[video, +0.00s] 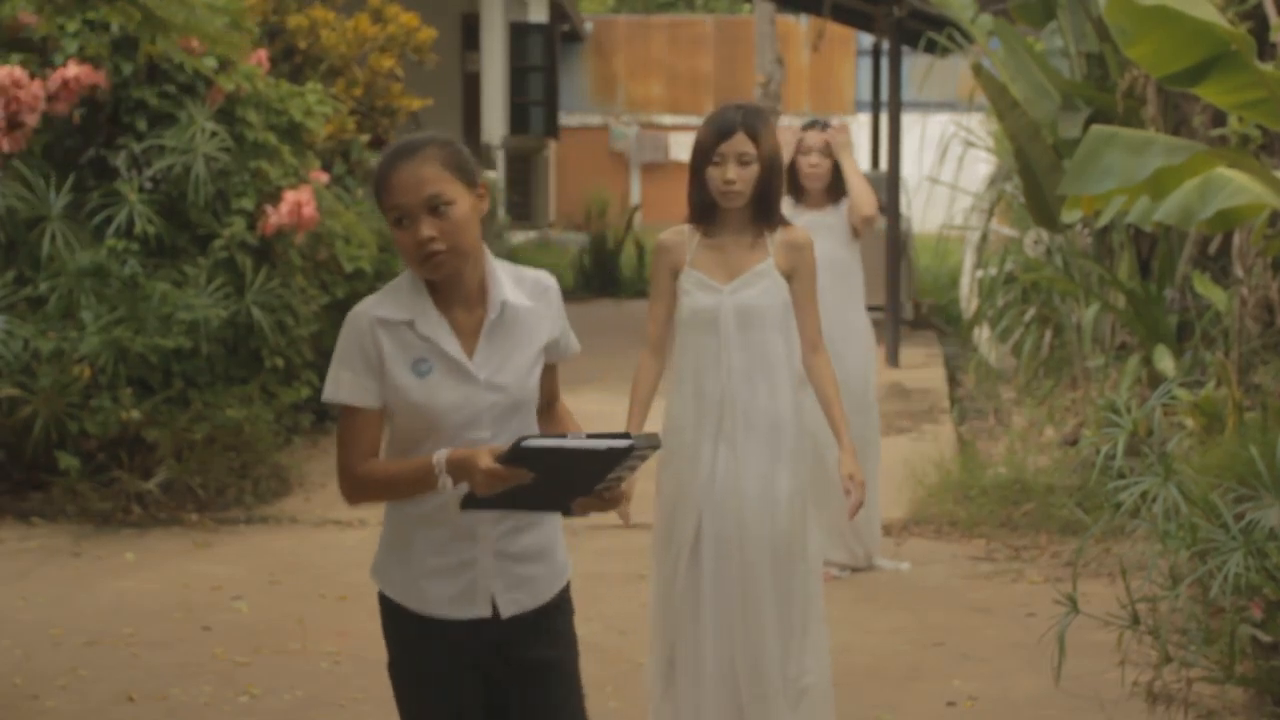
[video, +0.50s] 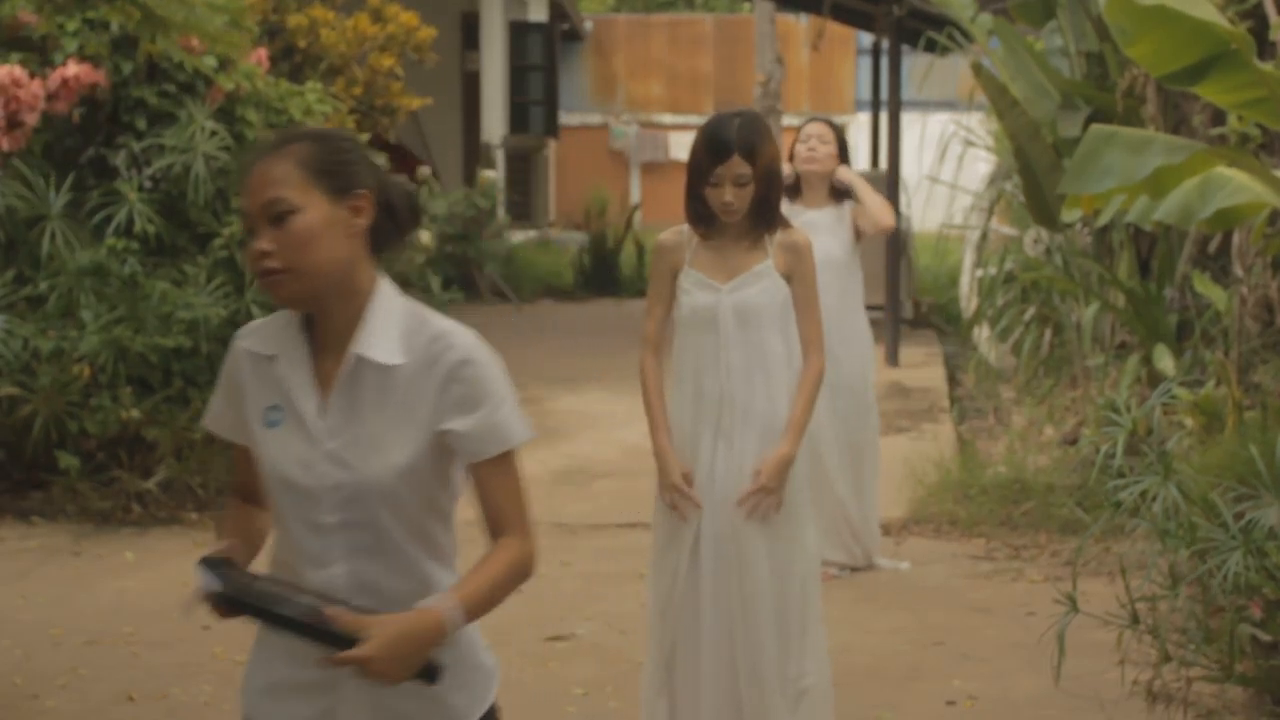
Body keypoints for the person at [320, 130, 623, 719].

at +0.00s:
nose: (424, 234)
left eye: (439, 208)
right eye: (402, 220)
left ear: (481, 199)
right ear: (388, 231)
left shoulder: (539, 296)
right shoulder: (373, 325)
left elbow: (550, 407)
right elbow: (356, 480)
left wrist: (593, 472)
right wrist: (453, 466)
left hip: (534, 586)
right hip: (428, 598)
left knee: (556, 713)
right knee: (444, 714)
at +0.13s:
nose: (408, 262)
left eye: (423, 234)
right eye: (387, 249)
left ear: (470, 223)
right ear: (375, 261)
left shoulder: (537, 326)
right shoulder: (361, 355)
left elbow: (568, 444)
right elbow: (337, 518)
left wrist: (605, 517)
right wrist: (442, 509)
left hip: (522, 619)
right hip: (415, 629)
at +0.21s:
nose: (401, 270)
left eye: (417, 242)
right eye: (381, 257)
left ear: (468, 227)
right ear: (369, 267)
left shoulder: (544, 349)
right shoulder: (354, 364)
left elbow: (579, 483)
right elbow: (321, 526)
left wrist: (599, 569)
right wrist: (408, 531)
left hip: (512, 649)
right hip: (395, 657)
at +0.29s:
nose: (378, 269)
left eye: (395, 242)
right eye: (361, 256)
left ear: (456, 228)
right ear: (352, 266)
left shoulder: (539, 362)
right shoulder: (340, 366)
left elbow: (583, 507)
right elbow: (306, 521)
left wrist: (588, 588)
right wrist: (353, 550)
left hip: (498, 670)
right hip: (373, 671)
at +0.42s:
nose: (315, 250)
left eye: (334, 221)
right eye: (303, 234)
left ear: (407, 212)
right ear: (296, 245)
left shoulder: (499, 356)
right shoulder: (298, 351)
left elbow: (561, 524)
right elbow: (276, 494)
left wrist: (508, 607)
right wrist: (273, 553)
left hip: (462, 684)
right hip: (331, 681)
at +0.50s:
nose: (259, 246)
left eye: (281, 217)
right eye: (250, 230)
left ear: (359, 210)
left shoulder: (451, 359)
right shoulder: (255, 355)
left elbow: (516, 546)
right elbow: (248, 497)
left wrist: (433, 622)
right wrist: (232, 558)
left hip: (428, 690)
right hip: (292, 684)